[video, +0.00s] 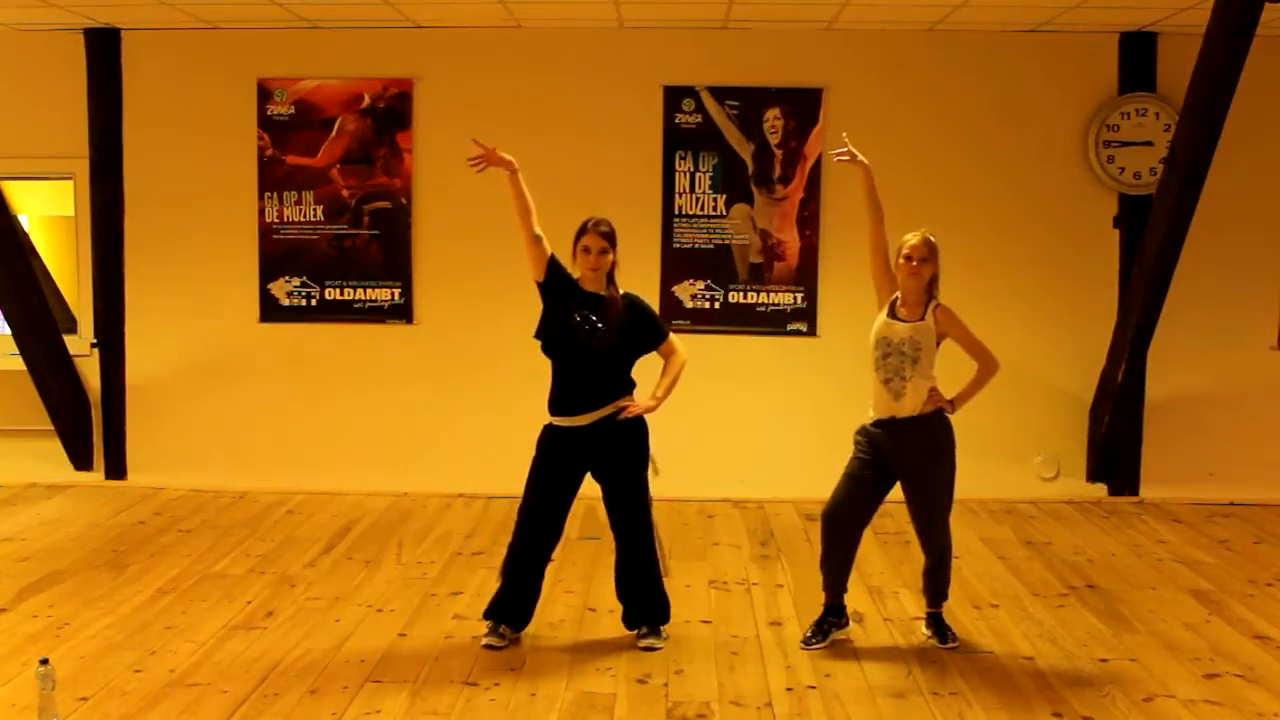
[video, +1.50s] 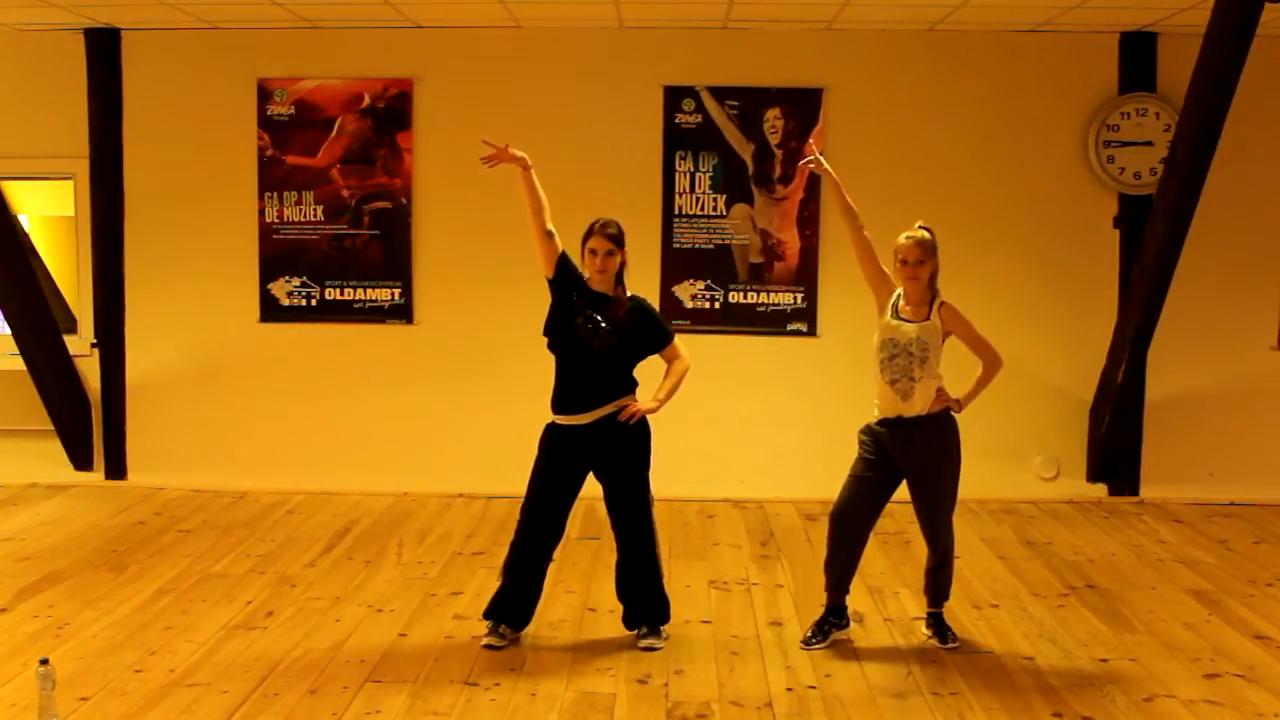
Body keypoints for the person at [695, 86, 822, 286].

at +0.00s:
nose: (771, 125)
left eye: (777, 119)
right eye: (766, 121)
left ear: (789, 124)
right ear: (762, 127)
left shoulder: (803, 158)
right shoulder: (753, 155)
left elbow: (824, 125)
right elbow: (723, 122)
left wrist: (828, 88)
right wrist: (701, 89)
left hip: (787, 243)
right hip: (757, 239)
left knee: (777, 305)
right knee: (739, 210)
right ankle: (743, 285)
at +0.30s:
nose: (771, 125)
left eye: (777, 119)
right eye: (766, 121)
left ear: (789, 124)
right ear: (762, 127)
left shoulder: (803, 158)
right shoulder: (753, 155)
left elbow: (824, 125)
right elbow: (723, 122)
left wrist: (828, 88)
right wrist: (701, 89)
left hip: (787, 242)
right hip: (758, 239)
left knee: (777, 305)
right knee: (739, 210)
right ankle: (743, 284)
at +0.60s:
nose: (771, 125)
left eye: (777, 119)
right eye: (766, 121)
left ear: (789, 124)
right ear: (762, 127)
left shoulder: (802, 158)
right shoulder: (753, 154)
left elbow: (825, 124)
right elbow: (723, 122)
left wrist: (829, 86)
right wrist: (701, 89)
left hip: (786, 242)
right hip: (757, 239)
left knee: (776, 305)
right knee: (739, 210)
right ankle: (743, 284)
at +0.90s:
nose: (771, 125)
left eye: (777, 119)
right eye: (766, 121)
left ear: (789, 124)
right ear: (762, 127)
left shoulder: (803, 156)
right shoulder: (753, 154)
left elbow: (825, 124)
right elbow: (723, 122)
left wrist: (829, 86)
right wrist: (701, 89)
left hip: (787, 242)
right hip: (757, 239)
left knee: (777, 305)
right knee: (739, 210)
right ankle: (743, 284)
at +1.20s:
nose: (771, 125)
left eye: (777, 119)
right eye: (766, 121)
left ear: (790, 124)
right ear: (762, 127)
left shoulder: (803, 156)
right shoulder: (753, 154)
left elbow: (825, 124)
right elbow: (723, 122)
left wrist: (829, 87)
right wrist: (701, 89)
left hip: (786, 243)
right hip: (757, 239)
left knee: (776, 305)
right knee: (739, 210)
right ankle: (743, 285)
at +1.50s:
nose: (771, 125)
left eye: (777, 119)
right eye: (766, 121)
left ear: (790, 124)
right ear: (762, 127)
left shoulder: (803, 156)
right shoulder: (753, 154)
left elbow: (825, 124)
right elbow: (723, 122)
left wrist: (830, 86)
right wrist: (701, 89)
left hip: (786, 243)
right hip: (757, 240)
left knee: (776, 307)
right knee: (739, 210)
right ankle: (743, 286)